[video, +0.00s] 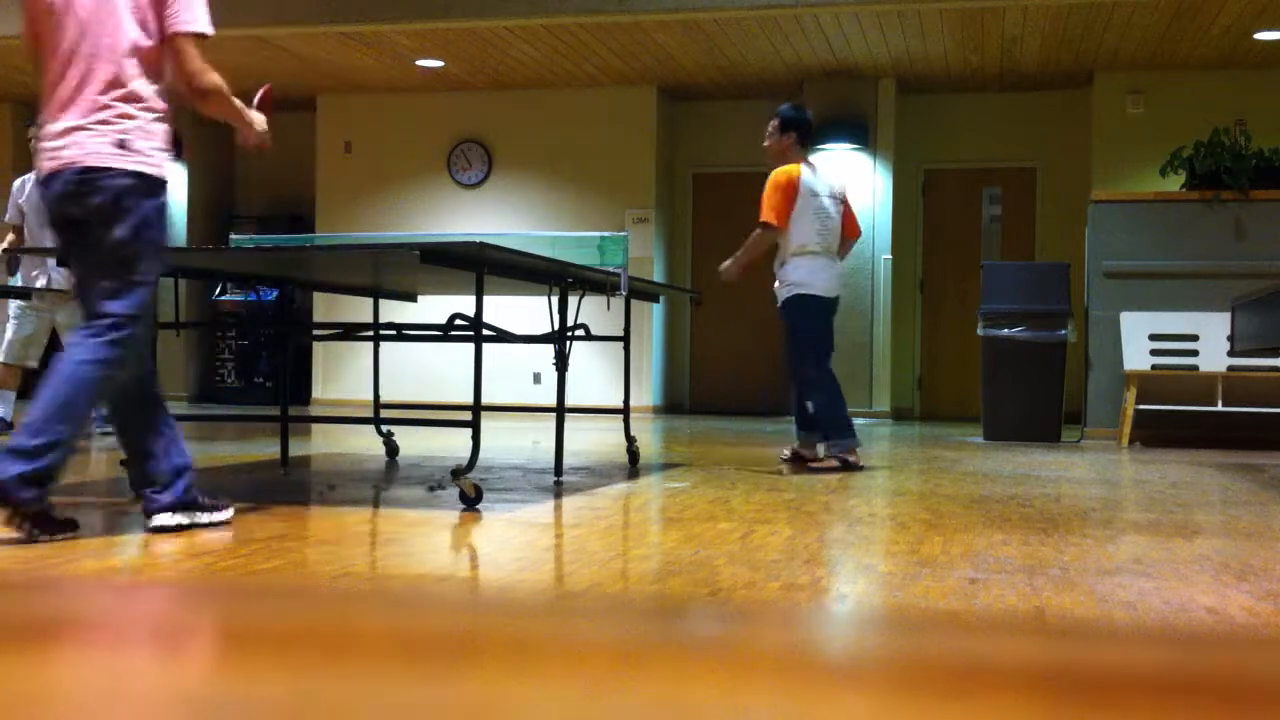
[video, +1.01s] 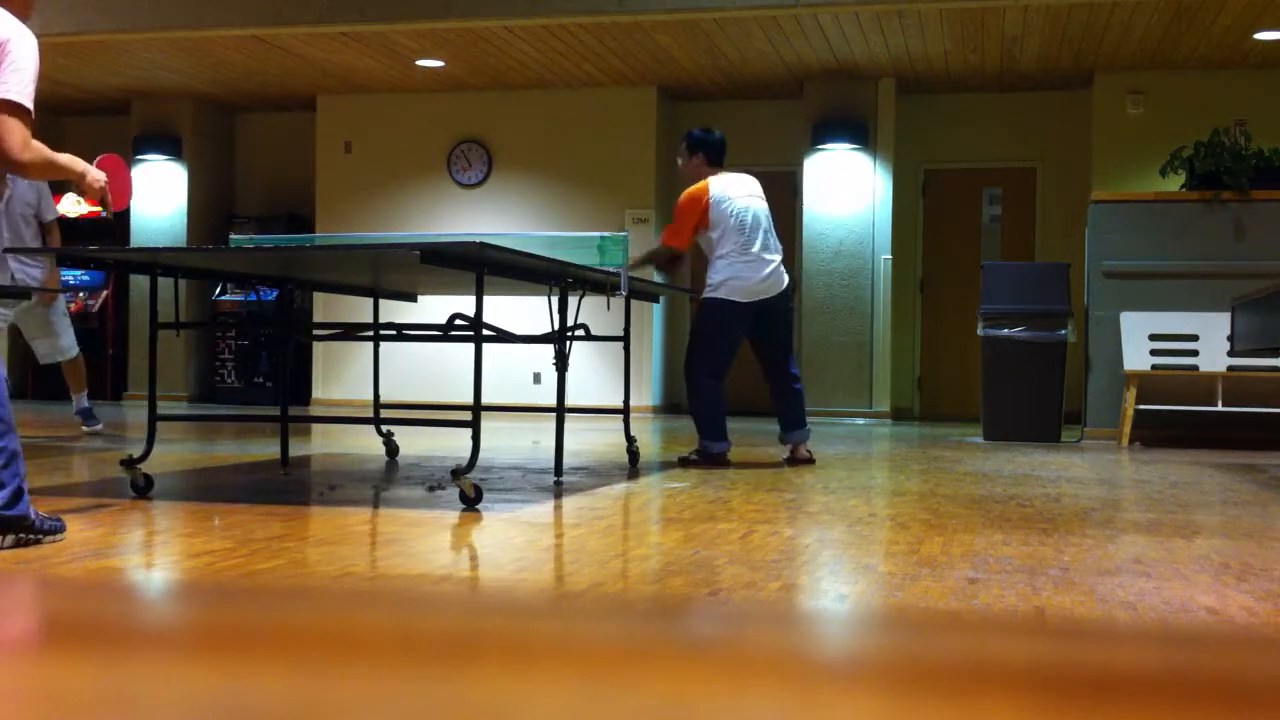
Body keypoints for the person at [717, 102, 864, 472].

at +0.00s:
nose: (765, 141)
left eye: (771, 134)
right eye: (767, 133)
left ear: (791, 138)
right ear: (797, 139)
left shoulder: (783, 176)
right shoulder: (826, 180)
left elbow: (769, 229)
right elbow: (851, 232)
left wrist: (737, 262)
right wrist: (825, 264)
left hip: (801, 281)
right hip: (826, 281)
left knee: (812, 365)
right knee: (806, 364)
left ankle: (843, 448)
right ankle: (808, 445)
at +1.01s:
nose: (679, 165)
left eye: (682, 158)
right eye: (679, 158)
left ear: (698, 159)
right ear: (715, 160)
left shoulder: (696, 194)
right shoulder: (749, 182)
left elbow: (670, 250)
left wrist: (638, 260)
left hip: (730, 290)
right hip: (773, 287)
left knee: (702, 369)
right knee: (781, 366)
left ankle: (713, 448)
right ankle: (799, 446)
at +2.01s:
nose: (680, 178)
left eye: (686, 170)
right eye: (681, 170)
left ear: (708, 172)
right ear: (712, 173)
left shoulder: (717, 202)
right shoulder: (752, 193)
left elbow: (735, 255)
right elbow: (791, 211)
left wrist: (718, 295)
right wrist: (760, 237)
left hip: (748, 300)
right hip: (781, 300)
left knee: (712, 369)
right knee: (776, 370)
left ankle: (735, 443)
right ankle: (791, 441)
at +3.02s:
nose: (651, 183)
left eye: (656, 176)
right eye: (649, 177)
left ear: (677, 177)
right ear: (662, 181)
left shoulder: (689, 206)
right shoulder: (678, 213)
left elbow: (687, 254)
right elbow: (681, 256)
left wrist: (665, 272)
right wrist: (667, 271)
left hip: (725, 302)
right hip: (700, 305)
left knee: (740, 366)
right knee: (670, 362)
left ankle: (778, 439)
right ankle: (674, 436)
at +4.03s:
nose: (631, 165)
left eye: (638, 160)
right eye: (626, 160)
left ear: (653, 167)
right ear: (619, 167)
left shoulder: (670, 208)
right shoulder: (606, 206)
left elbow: (690, 253)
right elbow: (589, 246)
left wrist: (677, 254)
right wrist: (602, 244)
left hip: (663, 306)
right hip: (618, 304)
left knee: (694, 364)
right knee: (584, 370)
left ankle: (711, 441)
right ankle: (566, 443)